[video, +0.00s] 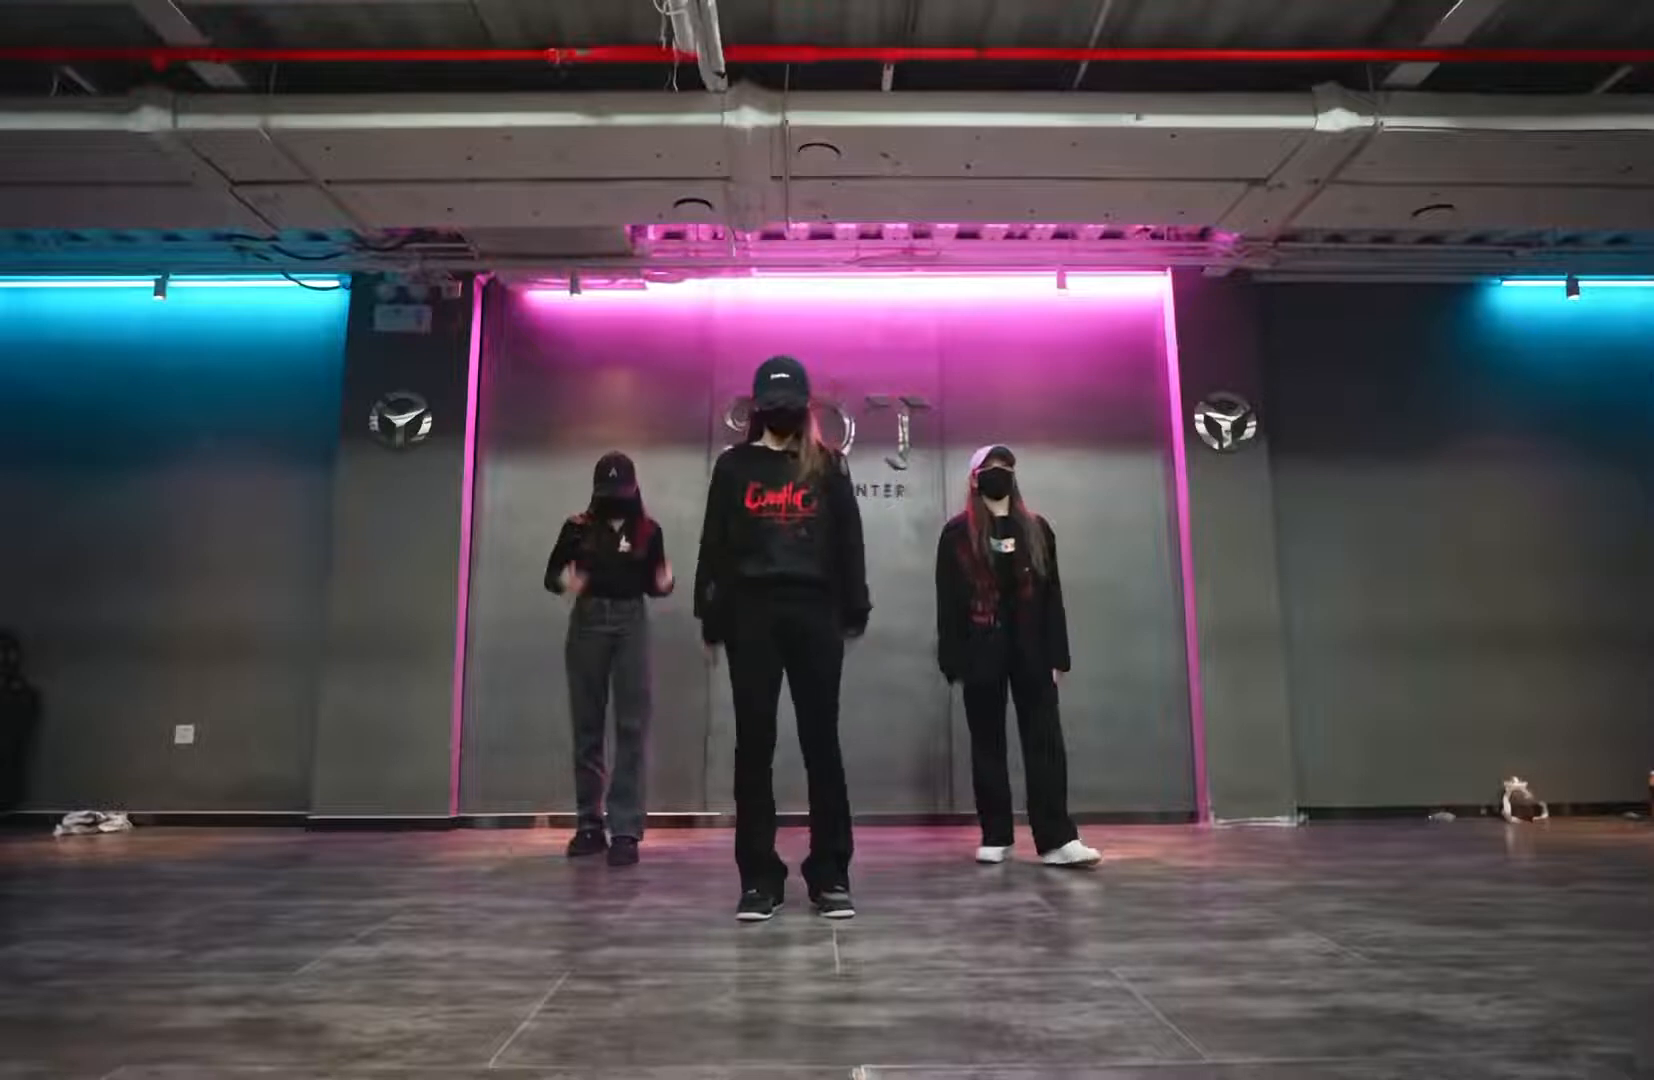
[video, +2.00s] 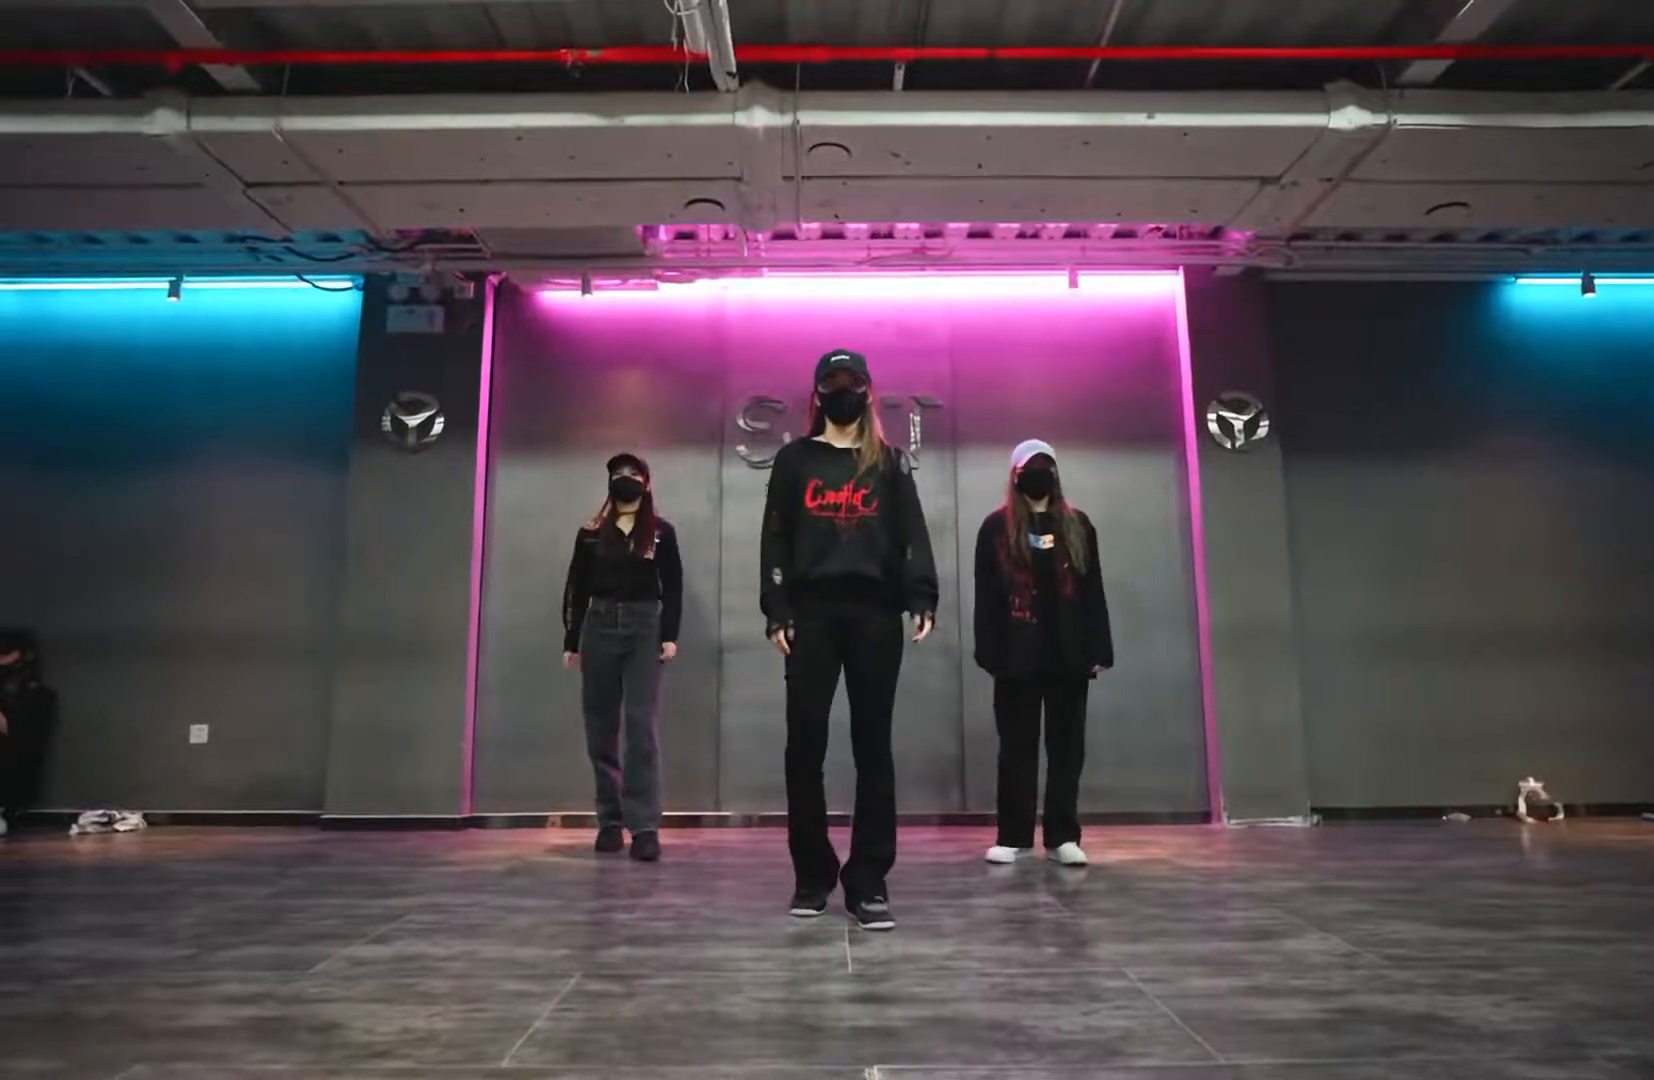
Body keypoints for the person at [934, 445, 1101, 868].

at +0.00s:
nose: (998, 477)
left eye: (1005, 470)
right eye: (989, 471)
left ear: (1015, 476)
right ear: (975, 479)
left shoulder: (1037, 528)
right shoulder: (957, 533)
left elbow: (1052, 596)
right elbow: (948, 601)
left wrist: (1059, 654)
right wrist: (951, 660)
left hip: (1031, 652)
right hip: (981, 656)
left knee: (1045, 743)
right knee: (988, 747)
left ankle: (1057, 840)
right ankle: (995, 839)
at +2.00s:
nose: (1041, 476)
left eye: (1047, 468)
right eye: (1032, 469)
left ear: (1056, 473)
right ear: (1017, 475)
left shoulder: (1077, 524)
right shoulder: (996, 526)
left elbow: (1093, 592)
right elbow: (986, 594)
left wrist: (1100, 649)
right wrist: (988, 651)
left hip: (1069, 656)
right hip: (1015, 657)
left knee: (1067, 749)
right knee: (1016, 749)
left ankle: (1064, 838)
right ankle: (1012, 840)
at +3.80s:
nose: (1038, 500)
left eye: (1045, 491)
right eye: (1029, 492)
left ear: (1055, 495)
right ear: (1013, 496)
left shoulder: (1073, 542)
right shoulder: (992, 547)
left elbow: (1100, 604)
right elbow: (971, 605)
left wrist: (1065, 597)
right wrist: (954, 599)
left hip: (1066, 660)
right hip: (1008, 659)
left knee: (1091, 744)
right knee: (975, 732)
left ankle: (1091, 839)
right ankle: (972, 830)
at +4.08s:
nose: (1024, 506)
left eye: (1031, 497)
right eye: (1015, 498)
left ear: (1041, 503)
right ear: (997, 503)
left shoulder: (1055, 556)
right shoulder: (971, 555)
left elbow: (1089, 607)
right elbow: (942, 605)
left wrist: (1132, 606)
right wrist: (988, 594)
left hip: (1041, 668)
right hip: (985, 671)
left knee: (1101, 740)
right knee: (978, 762)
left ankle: (1076, 830)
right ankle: (928, 859)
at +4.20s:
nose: (1042, 510)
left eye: (1047, 502)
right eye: (1033, 502)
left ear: (1053, 507)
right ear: (1012, 508)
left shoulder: (1047, 558)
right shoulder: (999, 558)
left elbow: (1076, 600)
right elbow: (1018, 618)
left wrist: (1094, 616)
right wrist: (1078, 619)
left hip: (1043, 683)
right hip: (1003, 682)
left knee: (1100, 751)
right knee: (997, 774)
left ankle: (1066, 853)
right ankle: (921, 853)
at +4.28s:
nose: (1049, 506)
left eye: (1053, 498)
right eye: (1041, 499)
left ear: (1057, 501)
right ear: (1017, 502)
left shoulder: (1046, 550)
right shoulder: (1012, 551)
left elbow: (1076, 601)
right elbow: (1045, 615)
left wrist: (1104, 624)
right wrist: (1112, 623)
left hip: (1044, 679)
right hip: (1022, 681)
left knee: (1102, 751)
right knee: (1011, 774)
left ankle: (1071, 853)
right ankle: (927, 844)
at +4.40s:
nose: (1058, 485)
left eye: (1057, 477)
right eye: (1050, 478)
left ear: (1026, 484)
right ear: (1025, 482)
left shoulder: (1040, 526)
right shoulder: (1023, 525)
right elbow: (1088, 534)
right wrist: (1159, 510)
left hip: (1047, 659)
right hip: (1031, 659)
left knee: (1089, 744)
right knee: (1089, 742)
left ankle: (1075, 853)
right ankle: (1014, 822)